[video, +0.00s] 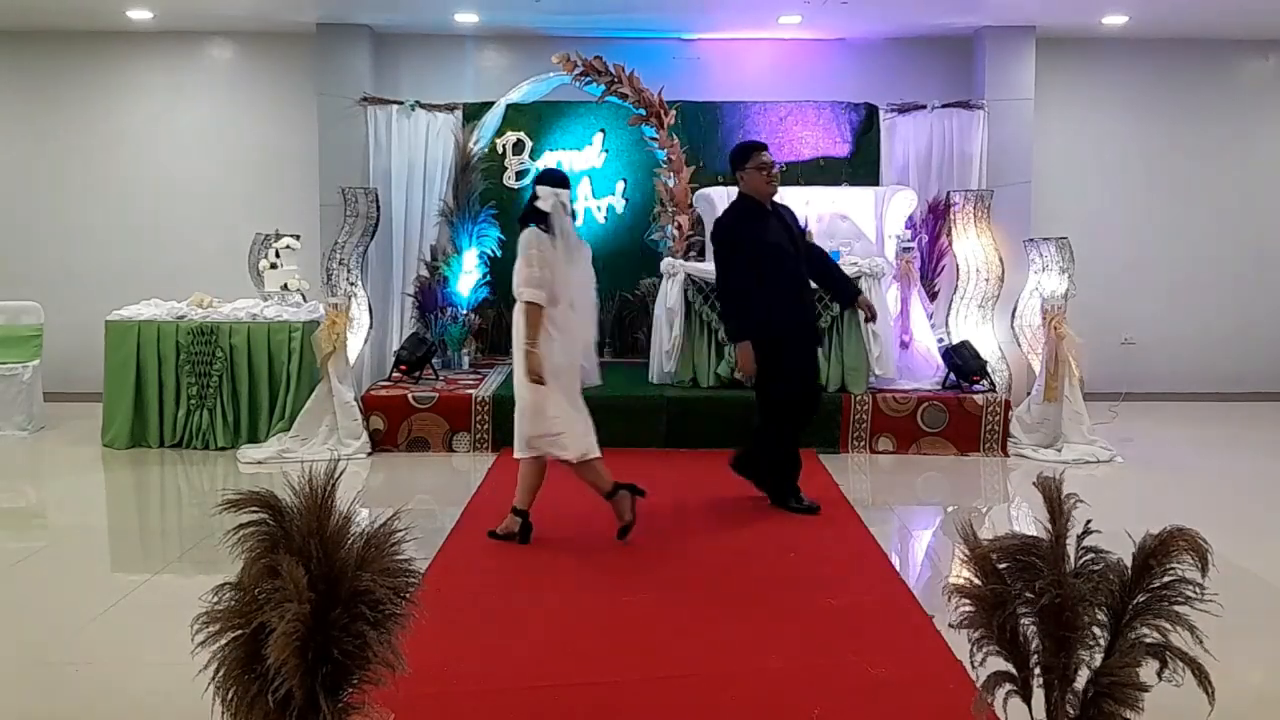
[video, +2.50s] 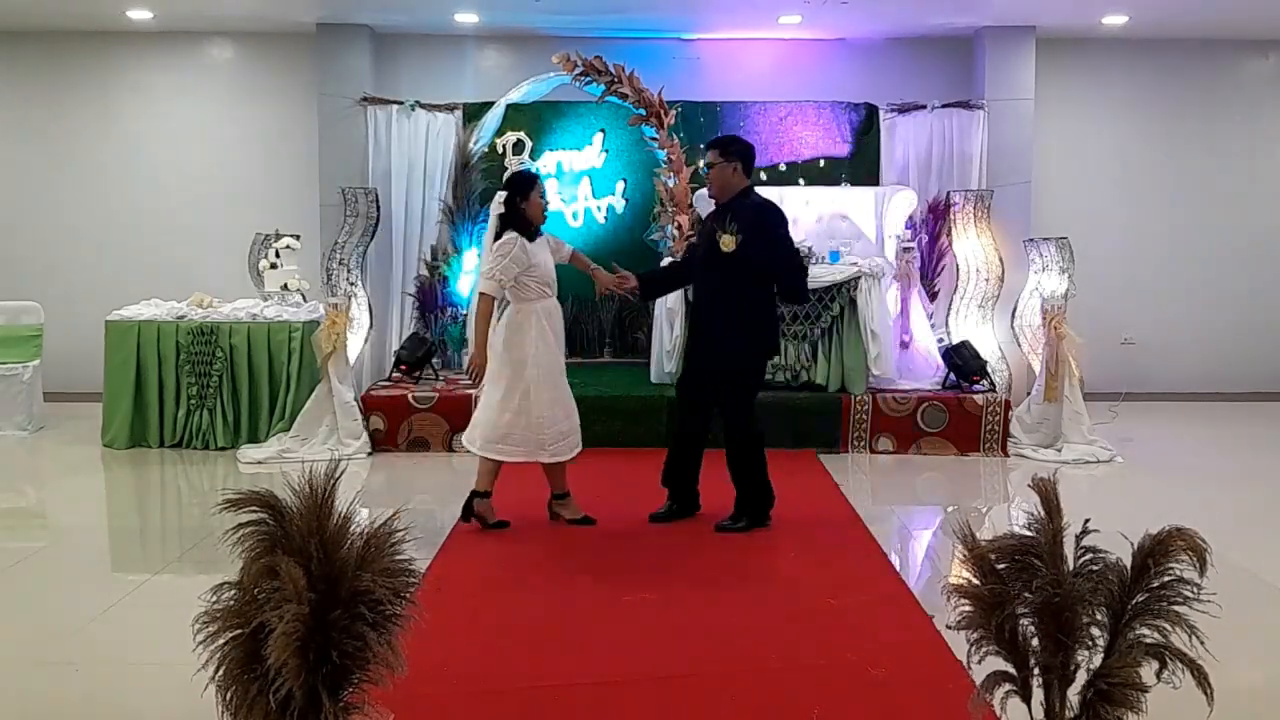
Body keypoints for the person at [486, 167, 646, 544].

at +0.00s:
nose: (537, 202)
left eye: (538, 196)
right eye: (543, 196)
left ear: (537, 198)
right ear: (567, 200)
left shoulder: (533, 237)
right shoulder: (577, 244)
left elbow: (533, 299)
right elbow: (582, 302)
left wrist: (531, 350)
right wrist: (580, 353)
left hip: (541, 353)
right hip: (565, 353)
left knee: (557, 433)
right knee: (534, 437)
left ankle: (616, 494)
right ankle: (518, 517)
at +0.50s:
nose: (505, 202)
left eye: (503, 196)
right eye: (500, 197)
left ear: (463, 203)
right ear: (486, 203)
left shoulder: (436, 245)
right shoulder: (502, 248)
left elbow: (422, 304)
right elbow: (508, 312)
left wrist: (416, 343)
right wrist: (520, 363)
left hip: (439, 356)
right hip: (487, 359)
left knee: (414, 428)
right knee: (502, 434)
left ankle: (393, 509)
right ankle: (504, 520)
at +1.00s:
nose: (461, 198)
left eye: (459, 192)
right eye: (454, 192)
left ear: (434, 197)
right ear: (436, 197)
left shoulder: (426, 232)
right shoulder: (422, 234)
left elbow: (408, 292)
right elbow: (401, 292)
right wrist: (407, 349)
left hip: (418, 341)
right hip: (419, 343)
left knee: (405, 421)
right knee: (427, 426)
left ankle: (389, 505)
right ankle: (392, 509)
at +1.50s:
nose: (461, 202)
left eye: (460, 195)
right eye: (456, 196)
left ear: (430, 200)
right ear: (437, 201)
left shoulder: (415, 238)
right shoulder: (435, 242)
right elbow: (443, 305)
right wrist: (477, 342)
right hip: (421, 343)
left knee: (459, 419)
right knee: (405, 426)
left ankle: (469, 502)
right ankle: (381, 513)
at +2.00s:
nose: (504, 201)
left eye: (502, 194)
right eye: (499, 195)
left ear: (474, 198)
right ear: (483, 198)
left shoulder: (462, 232)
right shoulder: (482, 236)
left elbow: (460, 296)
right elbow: (472, 297)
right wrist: (475, 352)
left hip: (467, 340)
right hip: (481, 341)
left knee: (468, 423)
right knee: (482, 423)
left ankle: (473, 506)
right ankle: (419, 470)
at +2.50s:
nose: (546, 204)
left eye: (544, 197)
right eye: (540, 198)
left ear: (529, 203)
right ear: (521, 204)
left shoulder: (541, 241)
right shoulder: (510, 245)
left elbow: (571, 254)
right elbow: (485, 297)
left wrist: (597, 272)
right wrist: (479, 351)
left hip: (535, 344)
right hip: (525, 345)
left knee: (503, 419)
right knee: (553, 417)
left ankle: (480, 497)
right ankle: (561, 499)